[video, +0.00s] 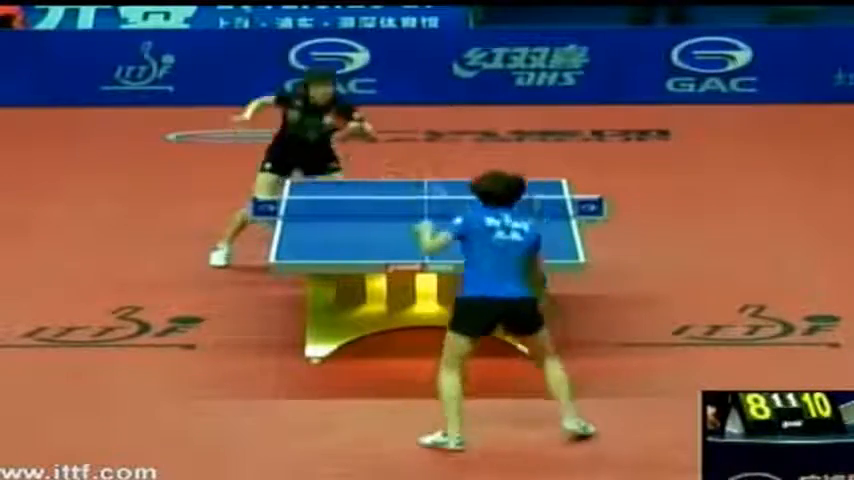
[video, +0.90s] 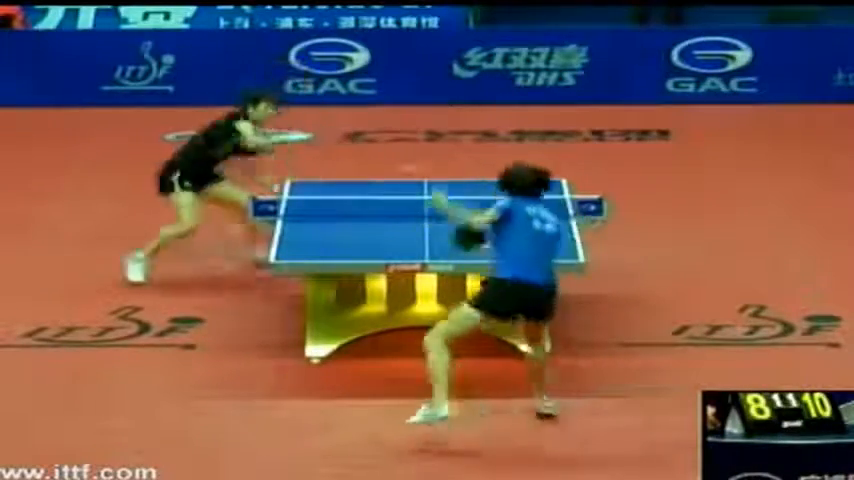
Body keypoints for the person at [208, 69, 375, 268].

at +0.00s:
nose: (322, 94)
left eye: (326, 88)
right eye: (318, 88)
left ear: (333, 88)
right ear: (309, 87)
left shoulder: (339, 105)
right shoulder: (294, 94)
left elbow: (368, 133)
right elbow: (261, 102)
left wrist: (354, 129)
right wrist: (248, 114)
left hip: (319, 156)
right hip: (284, 154)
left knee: (340, 201)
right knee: (260, 205)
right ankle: (225, 245)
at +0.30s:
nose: (313, 99)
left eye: (317, 95)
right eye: (309, 93)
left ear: (323, 97)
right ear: (298, 93)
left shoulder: (325, 118)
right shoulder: (279, 107)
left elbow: (340, 138)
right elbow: (249, 121)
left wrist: (341, 146)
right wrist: (243, 133)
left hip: (304, 165)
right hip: (269, 163)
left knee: (328, 202)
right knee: (247, 211)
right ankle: (205, 250)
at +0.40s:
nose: (305, 89)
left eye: (307, 85)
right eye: (299, 84)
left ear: (309, 88)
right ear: (286, 85)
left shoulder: (307, 111)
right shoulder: (262, 104)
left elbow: (318, 135)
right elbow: (219, 116)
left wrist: (331, 141)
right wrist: (239, 127)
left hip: (280, 158)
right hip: (247, 157)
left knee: (304, 201)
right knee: (227, 212)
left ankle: (297, 253)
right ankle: (200, 248)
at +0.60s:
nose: (292, 89)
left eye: (296, 84)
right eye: (289, 83)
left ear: (297, 87)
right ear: (275, 82)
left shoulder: (294, 111)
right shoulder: (248, 101)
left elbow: (316, 138)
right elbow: (205, 114)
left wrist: (334, 143)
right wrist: (233, 123)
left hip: (260, 158)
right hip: (230, 156)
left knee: (296, 197)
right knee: (217, 210)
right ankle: (175, 246)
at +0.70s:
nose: (286, 97)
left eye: (290, 94)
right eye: (282, 91)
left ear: (292, 98)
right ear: (271, 91)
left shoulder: (288, 123)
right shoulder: (244, 111)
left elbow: (311, 149)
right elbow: (204, 123)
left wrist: (338, 159)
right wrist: (230, 133)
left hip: (254, 170)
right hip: (222, 166)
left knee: (294, 198)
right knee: (204, 216)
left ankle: (300, 252)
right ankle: (162, 254)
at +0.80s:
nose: (276, 110)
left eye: (280, 106)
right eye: (273, 104)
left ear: (279, 110)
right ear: (261, 102)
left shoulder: (272, 135)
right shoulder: (239, 118)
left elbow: (283, 165)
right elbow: (220, 136)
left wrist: (306, 176)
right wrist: (257, 142)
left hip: (225, 175)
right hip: (197, 172)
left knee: (262, 209)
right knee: (184, 224)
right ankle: (146, 260)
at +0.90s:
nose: (270, 115)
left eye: (271, 110)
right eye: (266, 108)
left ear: (254, 111)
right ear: (252, 108)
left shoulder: (247, 129)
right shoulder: (238, 122)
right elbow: (250, 142)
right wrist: (283, 139)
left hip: (204, 174)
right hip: (180, 174)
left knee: (247, 203)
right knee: (188, 225)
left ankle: (255, 253)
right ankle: (141, 257)